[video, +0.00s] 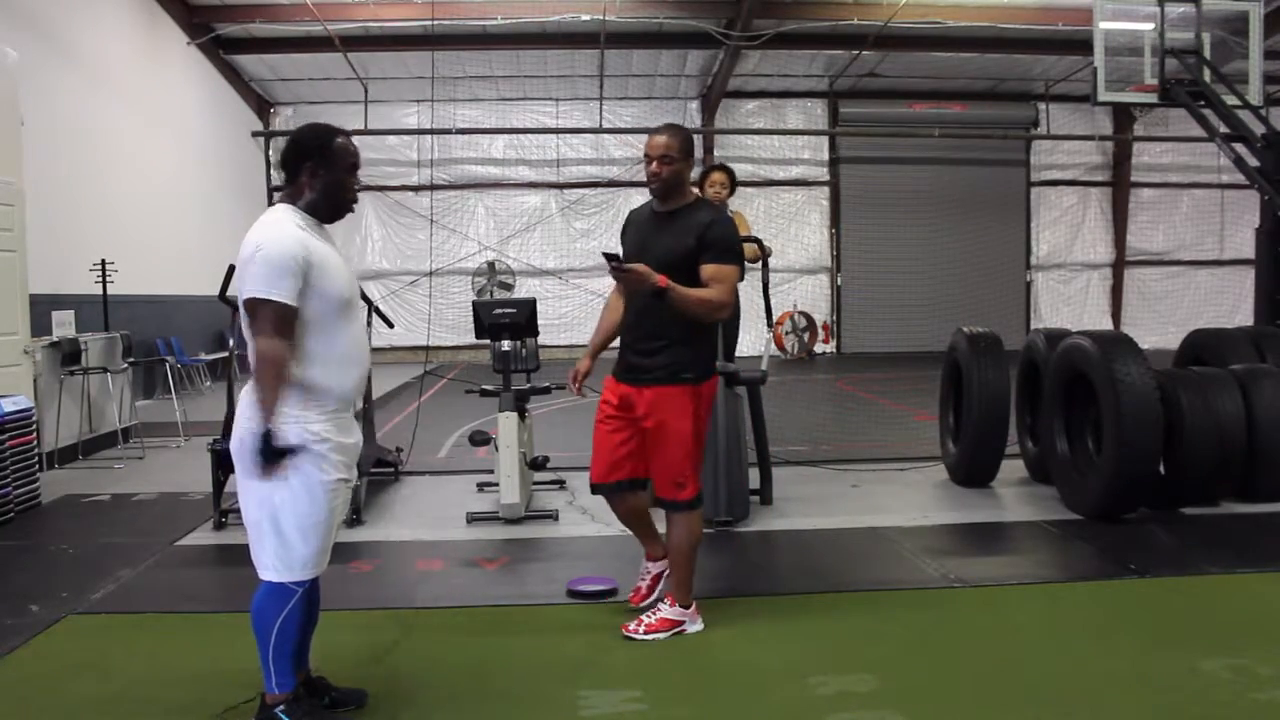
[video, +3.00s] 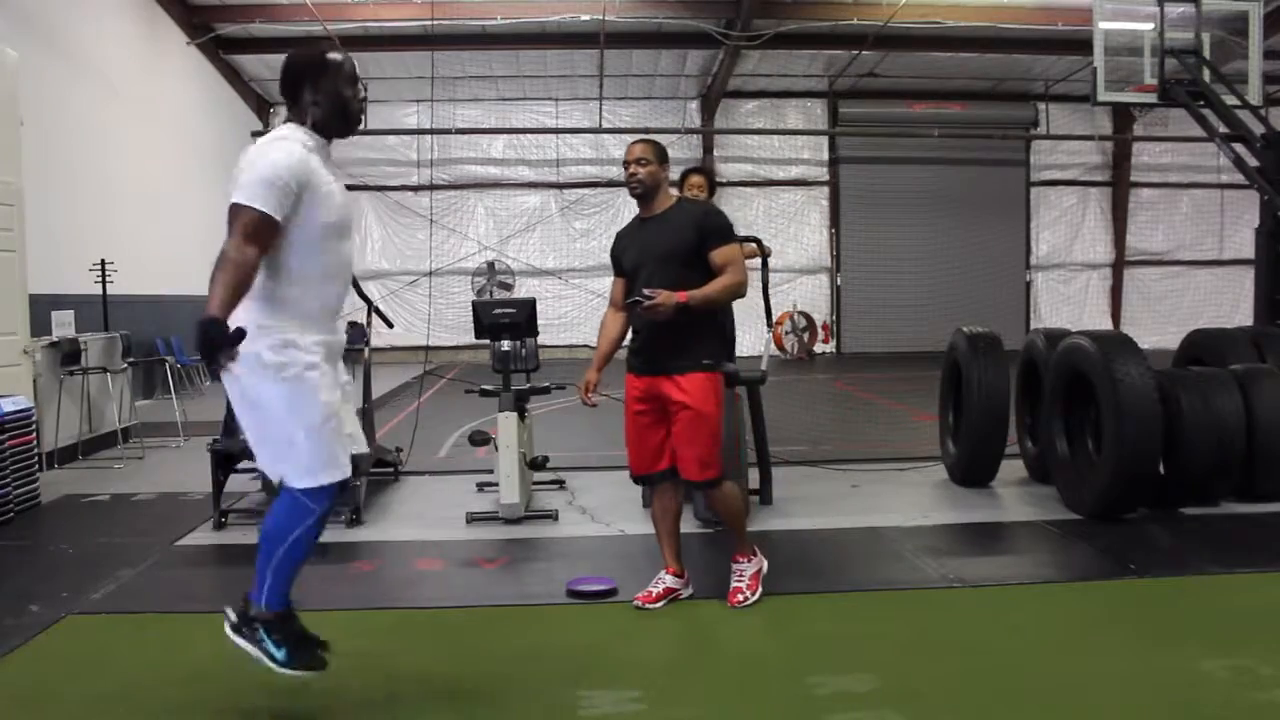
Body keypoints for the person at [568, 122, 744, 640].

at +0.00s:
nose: (654, 168)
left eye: (666, 160)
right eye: (648, 160)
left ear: (690, 164)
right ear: (644, 164)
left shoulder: (715, 223)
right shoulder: (637, 223)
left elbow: (721, 303)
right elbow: (622, 295)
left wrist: (657, 285)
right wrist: (591, 352)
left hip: (682, 380)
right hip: (629, 376)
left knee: (678, 492)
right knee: (612, 480)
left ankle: (681, 603)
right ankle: (659, 553)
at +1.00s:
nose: (646, 167)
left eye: (656, 160)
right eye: (642, 161)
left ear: (681, 168)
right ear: (639, 172)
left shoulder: (715, 217)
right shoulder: (639, 238)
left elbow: (745, 283)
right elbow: (635, 309)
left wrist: (684, 288)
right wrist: (625, 373)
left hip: (709, 369)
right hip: (658, 371)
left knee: (714, 473)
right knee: (666, 475)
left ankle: (747, 566)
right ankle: (675, 573)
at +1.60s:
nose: (721, 166)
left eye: (732, 159)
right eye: (717, 159)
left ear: (753, 168)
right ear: (710, 168)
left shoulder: (780, 225)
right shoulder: (696, 224)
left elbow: (803, 294)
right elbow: (684, 292)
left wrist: (754, 298)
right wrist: (667, 353)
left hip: (762, 372)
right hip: (703, 370)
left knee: (769, 472)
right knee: (691, 469)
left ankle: (767, 565)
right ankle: (678, 568)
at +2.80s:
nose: (648, 170)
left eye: (657, 162)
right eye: (642, 164)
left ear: (679, 168)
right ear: (638, 174)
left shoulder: (715, 217)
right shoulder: (635, 236)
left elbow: (748, 282)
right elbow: (627, 306)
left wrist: (696, 296)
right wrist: (608, 364)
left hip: (706, 372)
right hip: (653, 374)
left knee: (723, 475)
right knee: (663, 475)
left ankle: (755, 555)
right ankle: (674, 572)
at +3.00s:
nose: (632, 171)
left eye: (641, 163)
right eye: (627, 165)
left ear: (665, 169)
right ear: (624, 175)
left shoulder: (703, 217)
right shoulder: (626, 238)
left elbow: (737, 278)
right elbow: (618, 308)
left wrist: (683, 298)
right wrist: (596, 365)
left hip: (698, 369)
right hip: (646, 372)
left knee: (702, 474)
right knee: (659, 474)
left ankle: (747, 556)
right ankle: (673, 573)